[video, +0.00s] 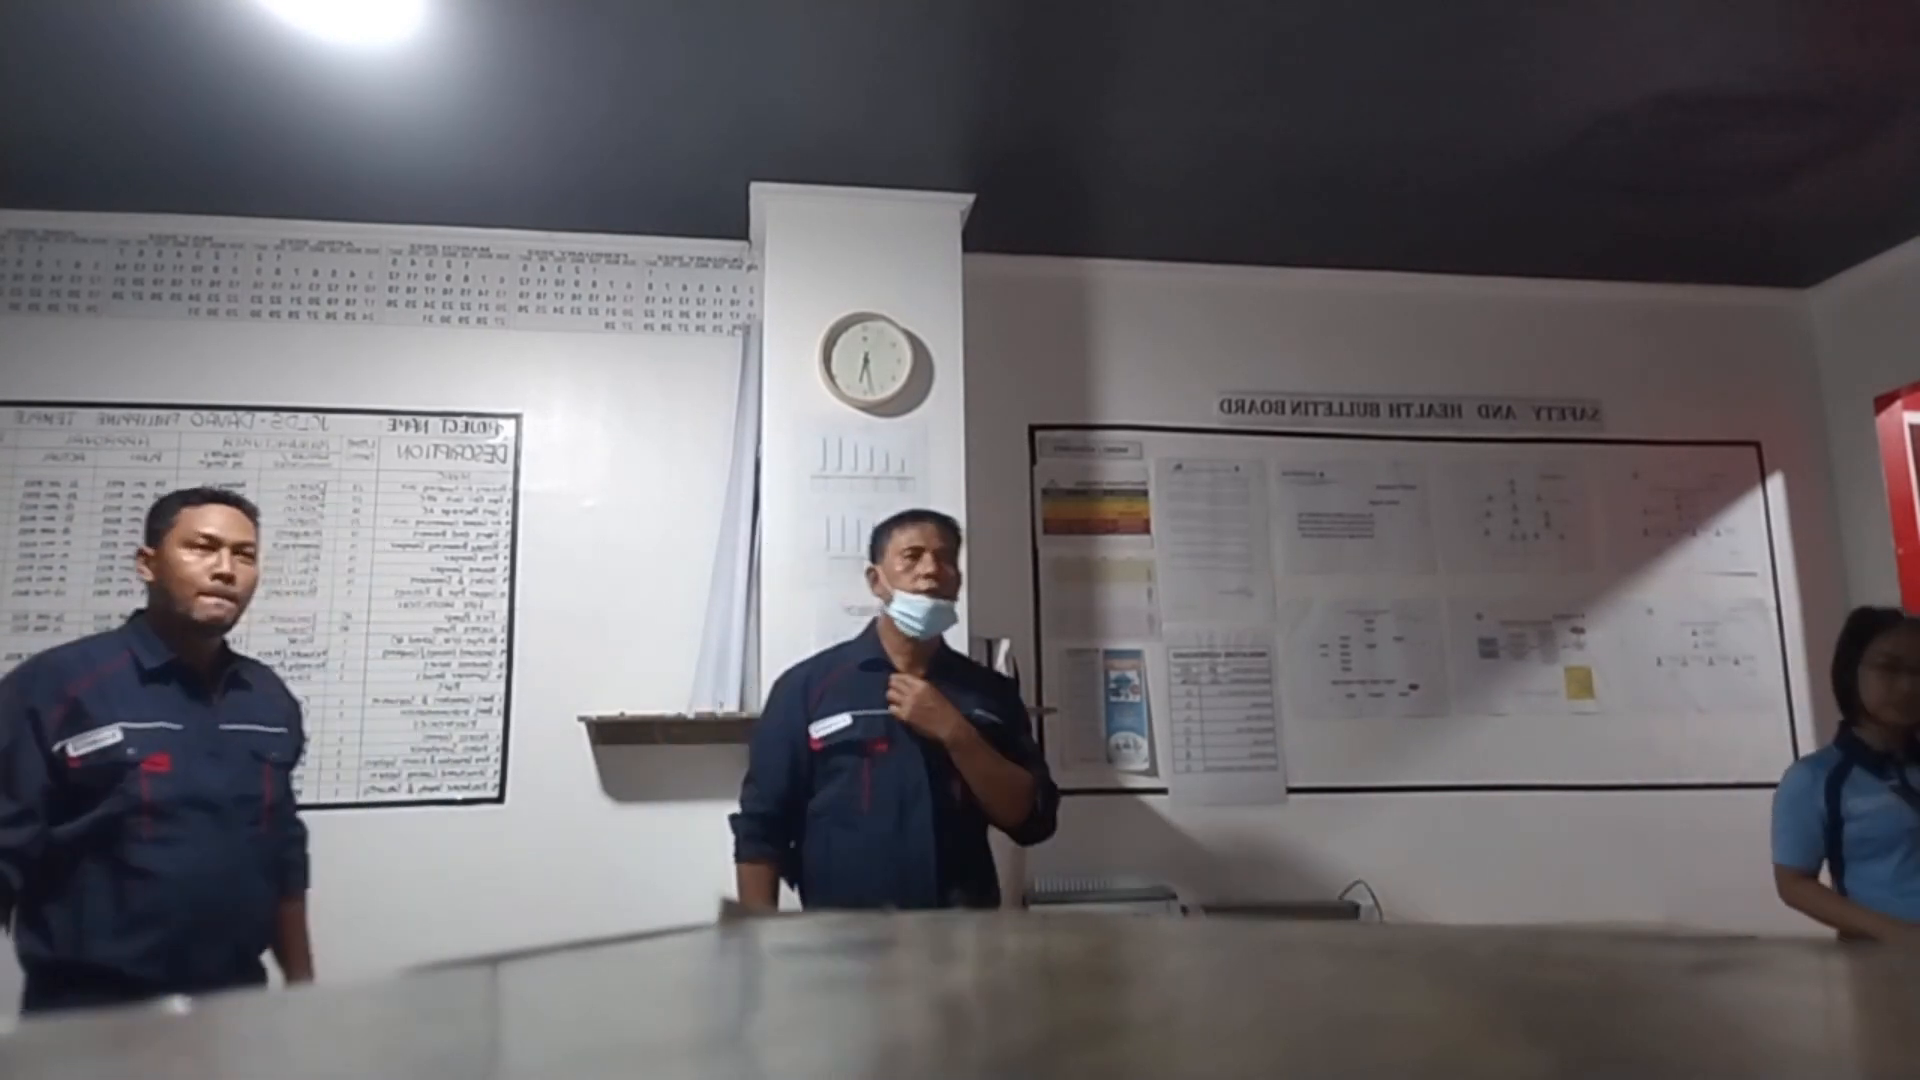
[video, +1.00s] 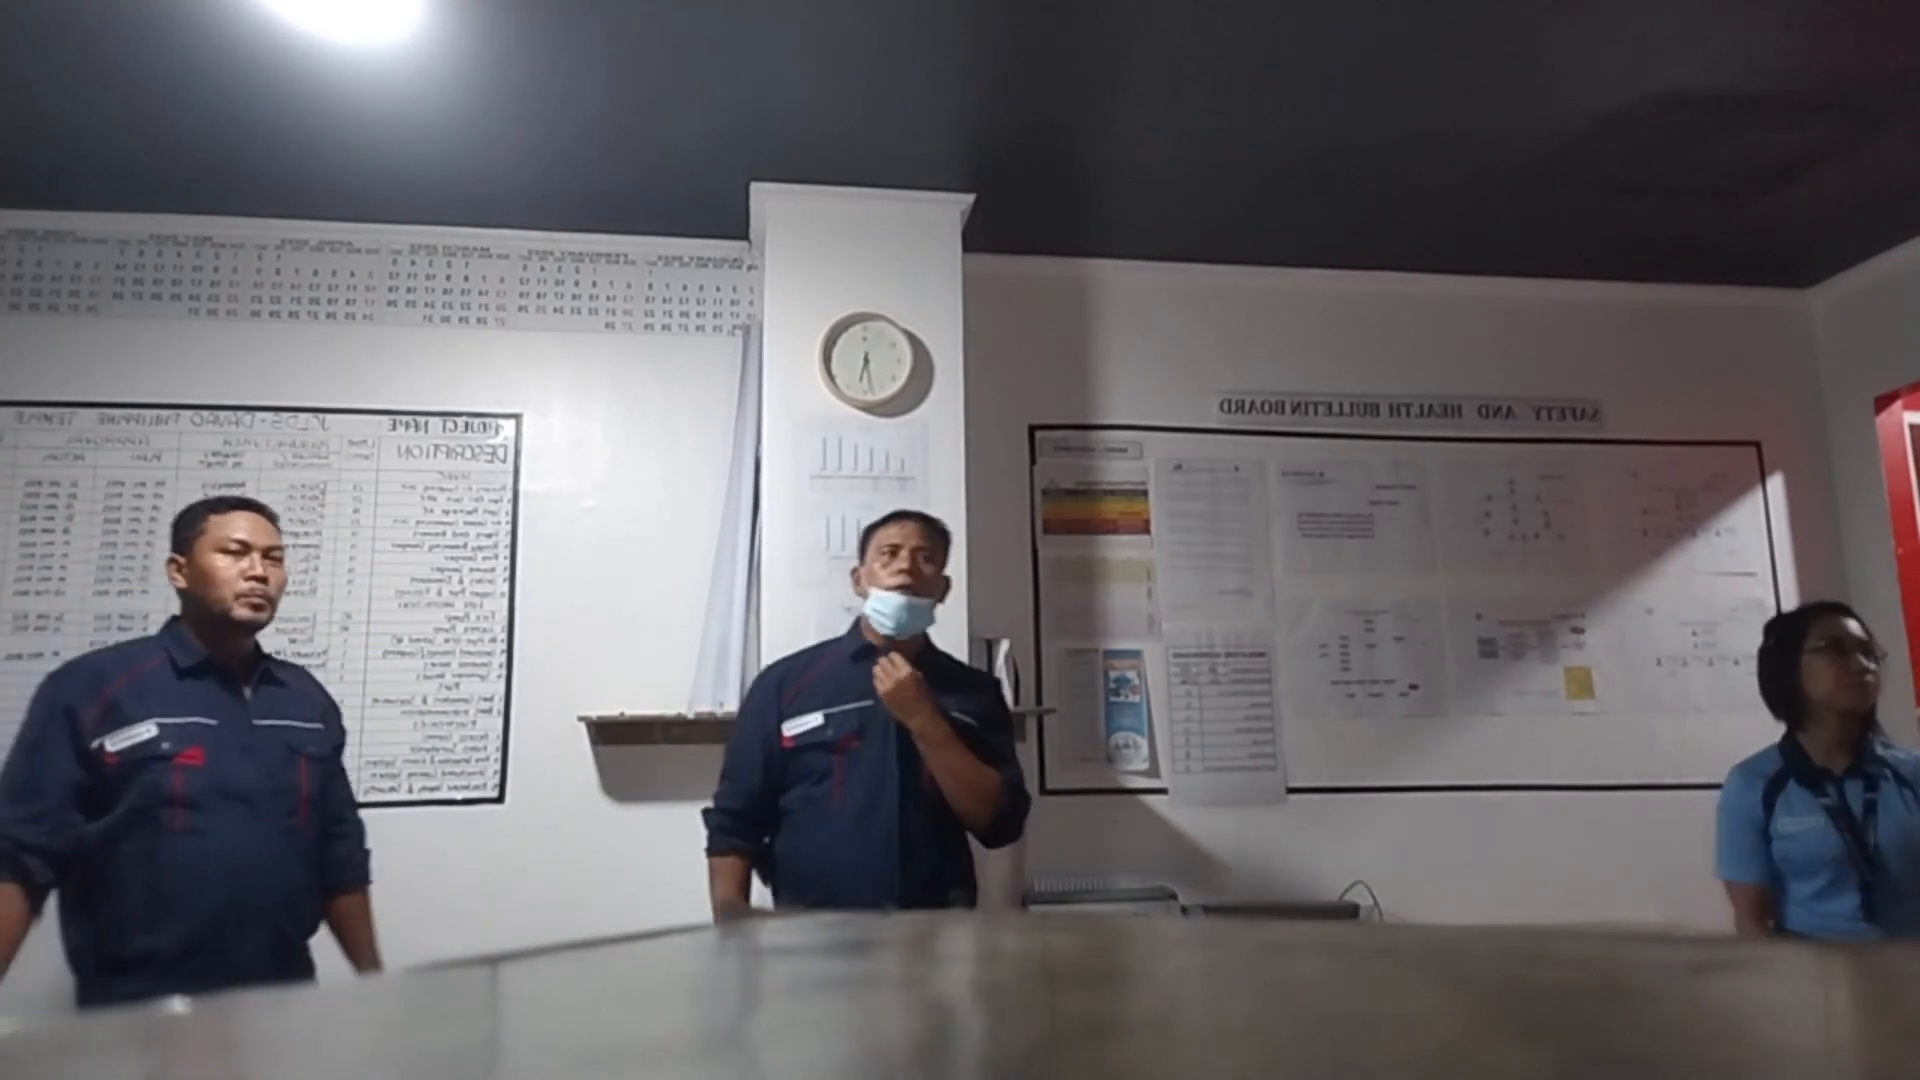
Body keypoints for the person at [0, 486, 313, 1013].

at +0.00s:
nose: (226, 569)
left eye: (244, 554)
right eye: (202, 547)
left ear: (257, 575)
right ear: (148, 565)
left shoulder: (270, 702)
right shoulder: (48, 692)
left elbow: (282, 852)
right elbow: (5, 857)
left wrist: (303, 991)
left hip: (231, 1014)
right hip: (86, 1018)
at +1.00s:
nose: (259, 572)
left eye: (273, 558)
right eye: (234, 552)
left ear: (285, 576)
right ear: (179, 571)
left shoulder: (307, 702)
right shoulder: (84, 694)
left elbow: (339, 860)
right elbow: (20, 870)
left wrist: (377, 986)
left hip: (280, 1011)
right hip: (135, 1018)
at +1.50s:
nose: (334, 584)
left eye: (351, 571)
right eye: (314, 565)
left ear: (364, 591)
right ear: (268, 579)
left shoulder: (386, 709)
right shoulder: (176, 692)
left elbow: (407, 867)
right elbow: (124, 858)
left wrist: (428, 990)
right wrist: (93, 992)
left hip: (331, 1004)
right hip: (196, 1004)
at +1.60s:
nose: (343, 586)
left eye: (360, 574)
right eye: (324, 567)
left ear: (373, 594)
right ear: (278, 580)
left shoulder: (391, 714)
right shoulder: (182, 692)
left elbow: (407, 876)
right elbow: (124, 856)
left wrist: (425, 997)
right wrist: (83, 989)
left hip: (337, 1005)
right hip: (201, 1006)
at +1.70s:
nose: (356, 588)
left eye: (373, 577)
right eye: (337, 567)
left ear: (382, 597)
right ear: (290, 580)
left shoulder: (400, 718)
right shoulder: (192, 689)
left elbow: (410, 879)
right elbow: (121, 849)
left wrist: (423, 1002)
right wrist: (68, 988)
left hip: (341, 1003)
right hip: (204, 1003)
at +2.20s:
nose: (343, 582)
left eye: (358, 573)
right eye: (325, 562)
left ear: (364, 594)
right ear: (270, 572)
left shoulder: (367, 718)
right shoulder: (163, 681)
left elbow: (384, 873)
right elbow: (107, 848)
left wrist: (420, 992)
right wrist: (105, 996)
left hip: (312, 1012)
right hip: (175, 1010)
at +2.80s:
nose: (211, 564)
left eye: (224, 550)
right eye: (185, 543)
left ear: (234, 570)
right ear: (122, 560)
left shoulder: (238, 702)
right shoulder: (29, 680)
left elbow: (243, 861)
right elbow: (11, 849)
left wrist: (264, 990)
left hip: (205, 1017)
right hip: (58, 1021)